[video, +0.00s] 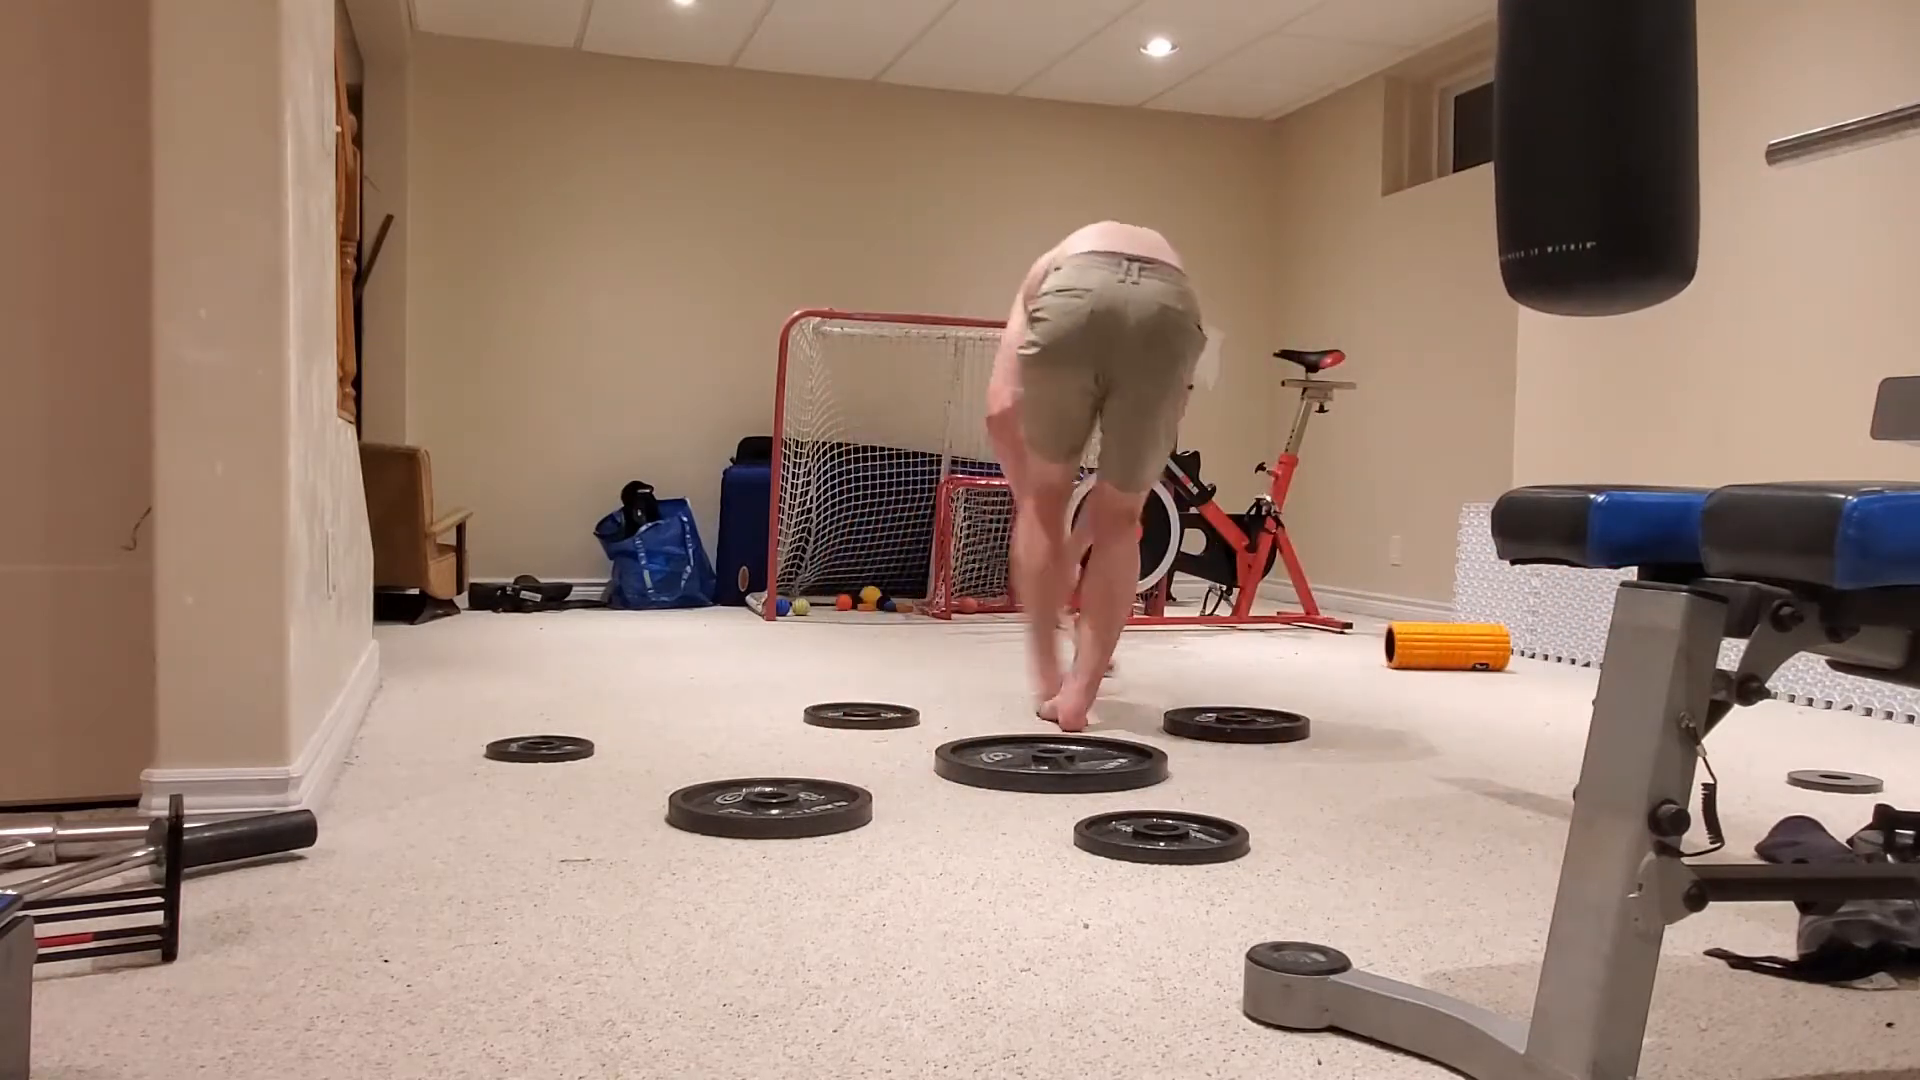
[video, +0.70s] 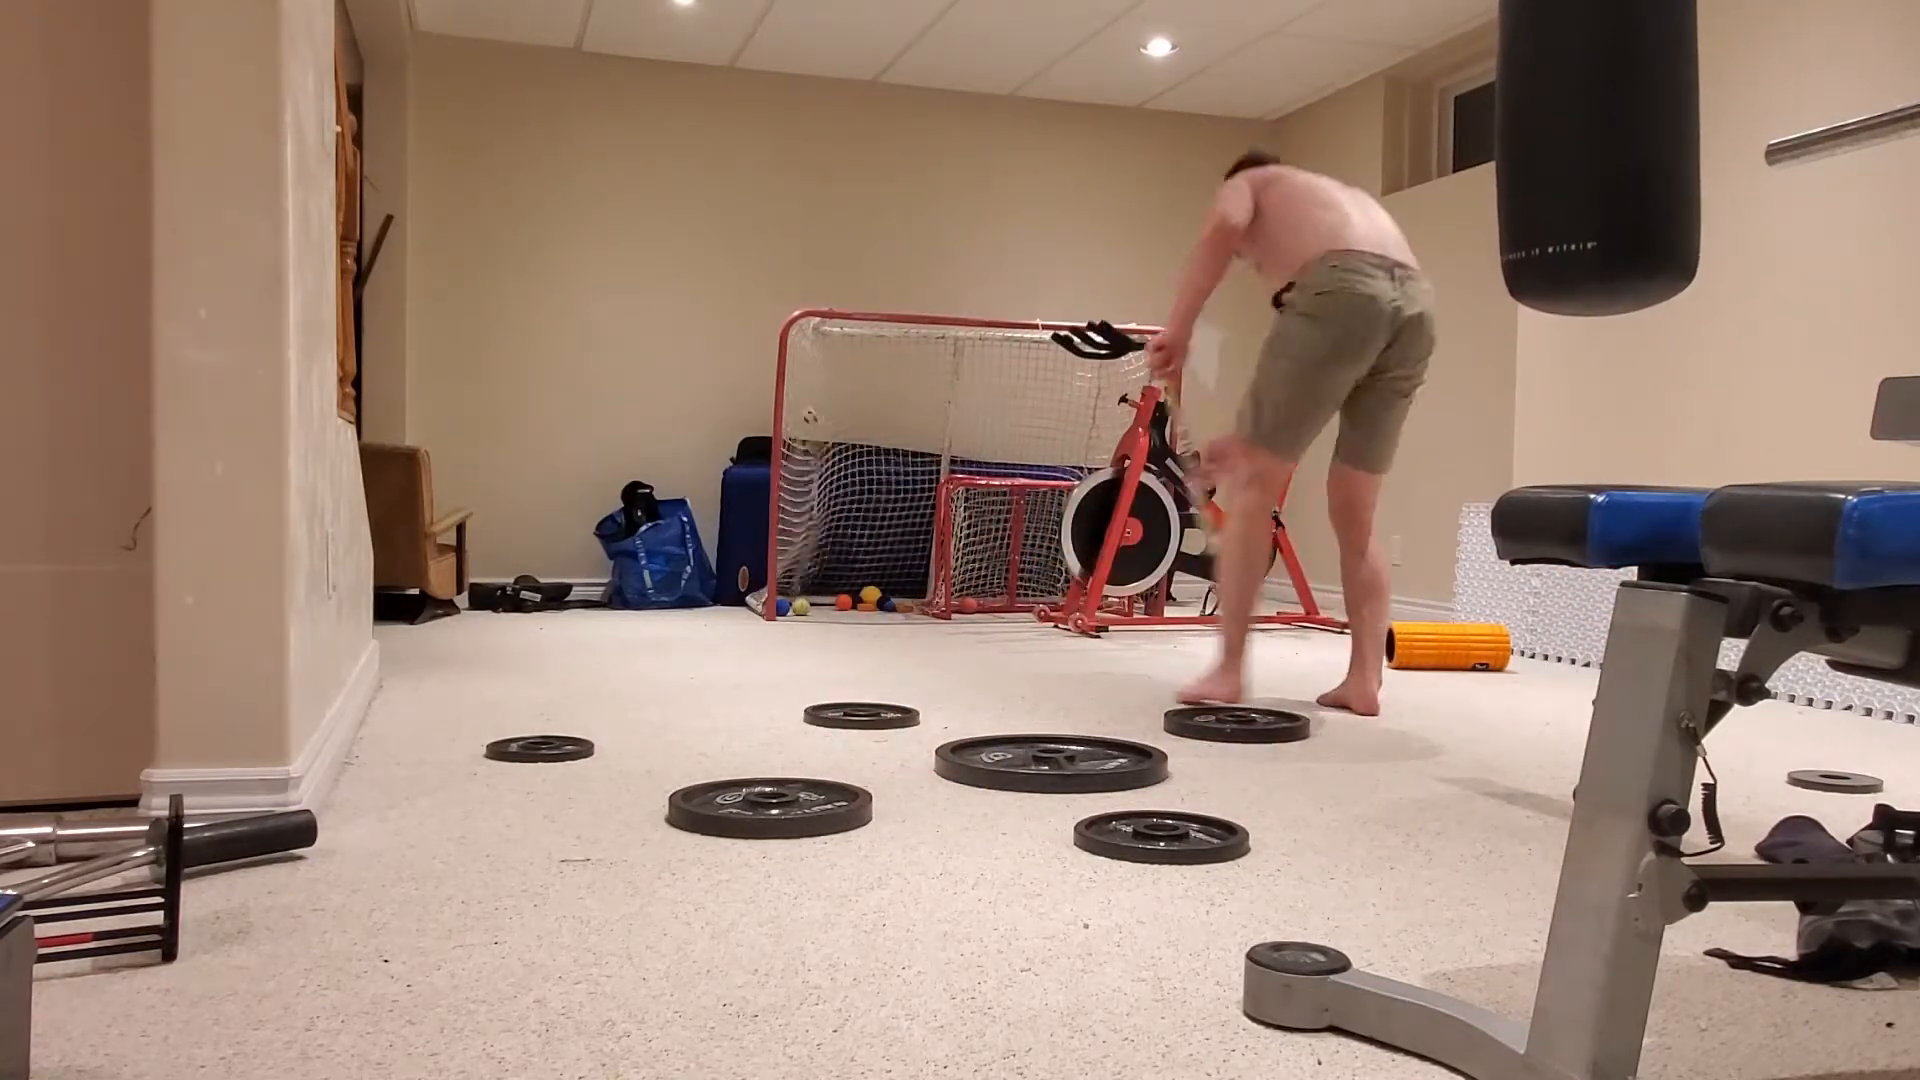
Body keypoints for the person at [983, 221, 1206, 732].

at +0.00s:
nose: (1074, 606)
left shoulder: (1046, 277)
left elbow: (1002, 409)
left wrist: (1045, 546)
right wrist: (1072, 552)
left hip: (1073, 290)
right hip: (1169, 302)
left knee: (1043, 504)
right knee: (1119, 516)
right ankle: (1079, 692)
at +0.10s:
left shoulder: (1063, 279)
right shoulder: (1182, 266)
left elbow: (1022, 408)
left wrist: (1060, 510)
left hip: (1092, 312)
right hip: (1184, 314)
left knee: (1095, 513)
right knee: (1165, 511)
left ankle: (1113, 671)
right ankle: (1100, 658)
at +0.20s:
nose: (1145, 548)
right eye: (1143, 550)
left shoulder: (1091, 285)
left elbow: (1056, 417)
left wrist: (1118, 512)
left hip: (1118, 299)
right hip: (1208, 296)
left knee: (1107, 516)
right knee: (1223, 486)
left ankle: (1111, 678)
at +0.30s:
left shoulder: (1124, 294)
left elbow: (1079, 417)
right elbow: (1235, 448)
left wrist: (1149, 513)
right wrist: (1214, 553)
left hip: (1151, 287)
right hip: (1241, 284)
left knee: (1124, 506)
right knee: (1269, 491)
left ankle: (1110, 678)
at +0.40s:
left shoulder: (1159, 292)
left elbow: (1109, 393)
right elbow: (1234, 464)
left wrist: (1124, 468)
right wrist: (1182, 542)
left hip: (1196, 297)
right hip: (1285, 306)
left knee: (1141, 503)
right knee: (1305, 510)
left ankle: (1110, 675)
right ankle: (1359, 680)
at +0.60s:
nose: (1247, 315)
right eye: (1247, 308)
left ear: (1233, 241)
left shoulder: (1231, 229)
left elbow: (1189, 286)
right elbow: (1233, 398)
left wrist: (1139, 384)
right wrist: (1142, 434)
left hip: (1309, 298)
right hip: (1389, 320)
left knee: (1213, 494)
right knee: (1344, 520)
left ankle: (1146, 664)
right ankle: (1361, 683)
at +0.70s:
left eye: (1233, 191)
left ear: (1243, 175)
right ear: (1280, 171)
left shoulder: (1248, 179)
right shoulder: (1340, 199)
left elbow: (1229, 225)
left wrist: (1178, 328)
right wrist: (1249, 440)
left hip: (1338, 290)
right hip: (1415, 303)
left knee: (1257, 481)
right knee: (1355, 504)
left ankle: (1228, 671)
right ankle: (1364, 683)